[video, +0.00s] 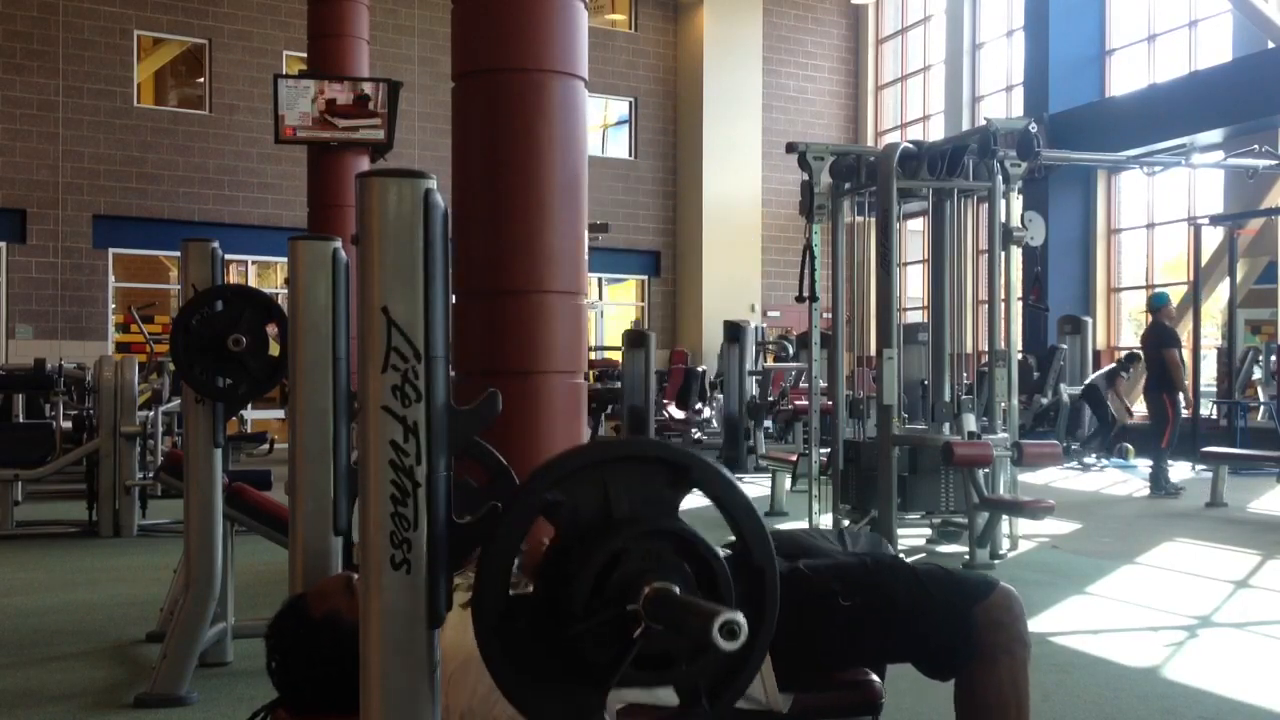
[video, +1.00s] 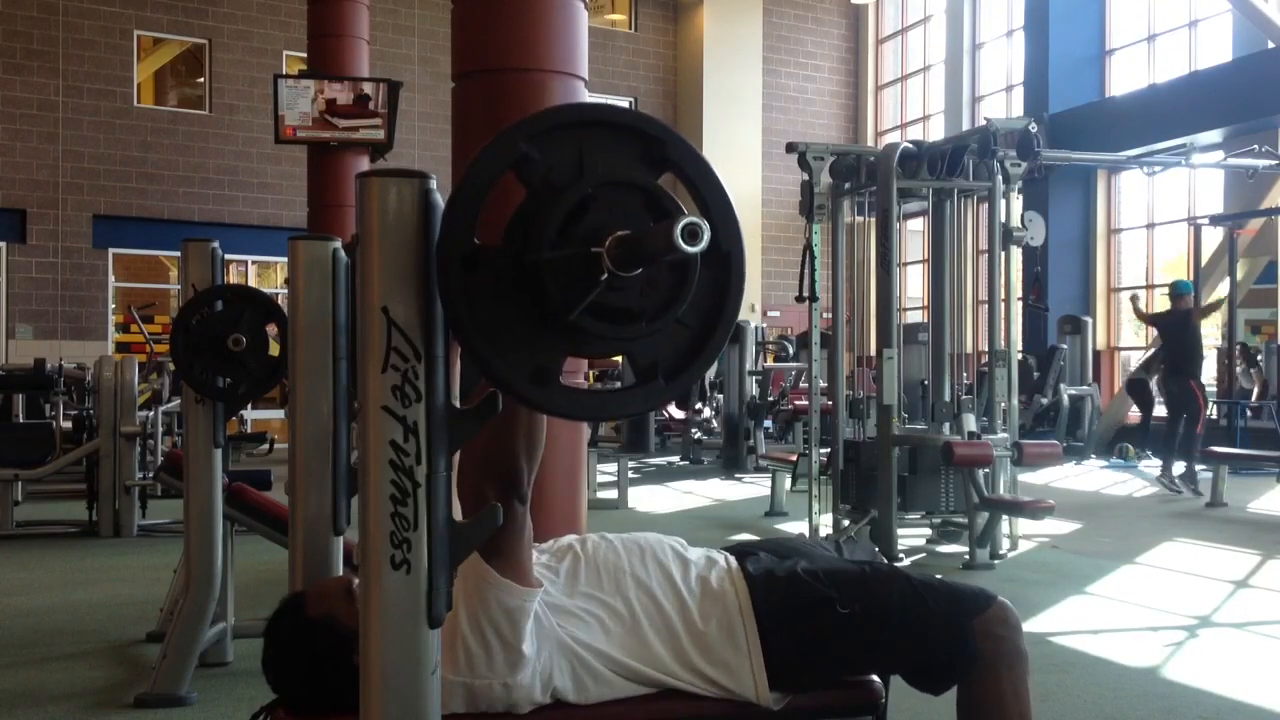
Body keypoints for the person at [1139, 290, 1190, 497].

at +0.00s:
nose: (1174, 309)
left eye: (1172, 305)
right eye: (1170, 306)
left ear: (1155, 310)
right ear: (1163, 309)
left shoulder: (1149, 332)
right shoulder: (1166, 331)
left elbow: (1150, 364)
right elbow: (1174, 363)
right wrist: (1185, 392)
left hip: (1152, 388)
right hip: (1164, 389)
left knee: (1162, 432)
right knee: (1167, 431)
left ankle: (1162, 479)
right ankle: (1159, 482)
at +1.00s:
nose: (1192, 300)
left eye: (1191, 296)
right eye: (1190, 296)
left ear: (1171, 298)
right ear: (1185, 297)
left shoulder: (1161, 318)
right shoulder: (1191, 314)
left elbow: (1142, 316)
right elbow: (1208, 310)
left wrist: (1135, 304)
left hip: (1168, 377)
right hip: (1187, 377)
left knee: (1174, 420)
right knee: (1197, 417)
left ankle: (1166, 471)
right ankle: (1190, 471)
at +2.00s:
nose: (1191, 296)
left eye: (1188, 293)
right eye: (1188, 293)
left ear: (1171, 301)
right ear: (1182, 298)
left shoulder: (1165, 322)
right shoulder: (1192, 320)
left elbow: (1156, 348)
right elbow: (1210, 346)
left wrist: (1154, 369)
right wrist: (1228, 367)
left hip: (1172, 380)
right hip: (1191, 381)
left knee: (1176, 424)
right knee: (1195, 427)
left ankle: (1167, 473)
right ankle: (1189, 477)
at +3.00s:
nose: (1196, 307)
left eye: (1193, 303)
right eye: (1193, 304)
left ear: (1175, 310)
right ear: (1188, 308)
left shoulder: (1166, 332)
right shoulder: (1194, 331)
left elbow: (1162, 363)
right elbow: (1203, 362)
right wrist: (1217, 385)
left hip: (1171, 389)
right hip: (1189, 390)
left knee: (1180, 433)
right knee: (1198, 435)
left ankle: (1168, 478)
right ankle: (1180, 480)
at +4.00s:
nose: (1202, 315)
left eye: (1200, 311)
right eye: (1200, 312)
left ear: (1181, 317)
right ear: (1195, 315)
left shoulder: (1173, 341)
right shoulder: (1202, 340)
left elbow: (1175, 371)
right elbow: (1209, 371)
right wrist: (1221, 399)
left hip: (1177, 395)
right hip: (1195, 396)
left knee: (1193, 437)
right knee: (1209, 438)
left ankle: (1180, 480)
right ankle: (1188, 482)